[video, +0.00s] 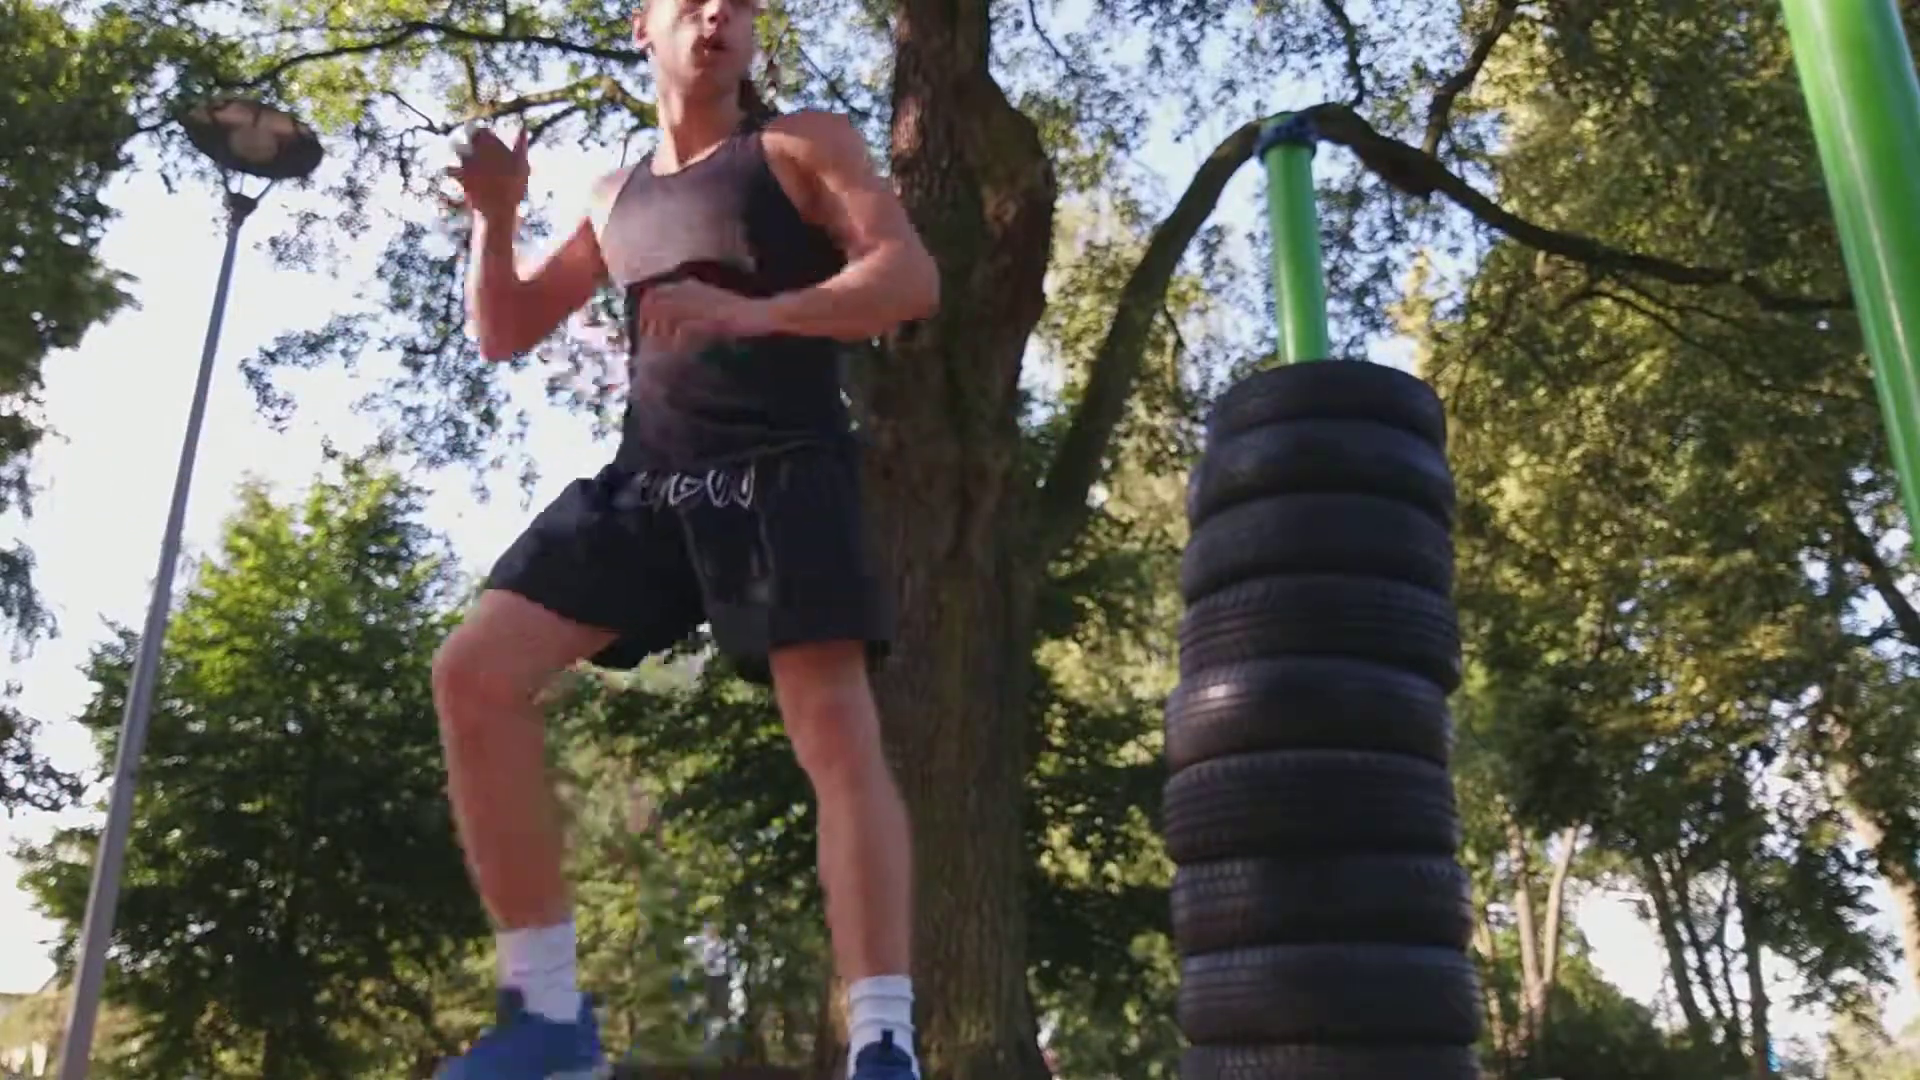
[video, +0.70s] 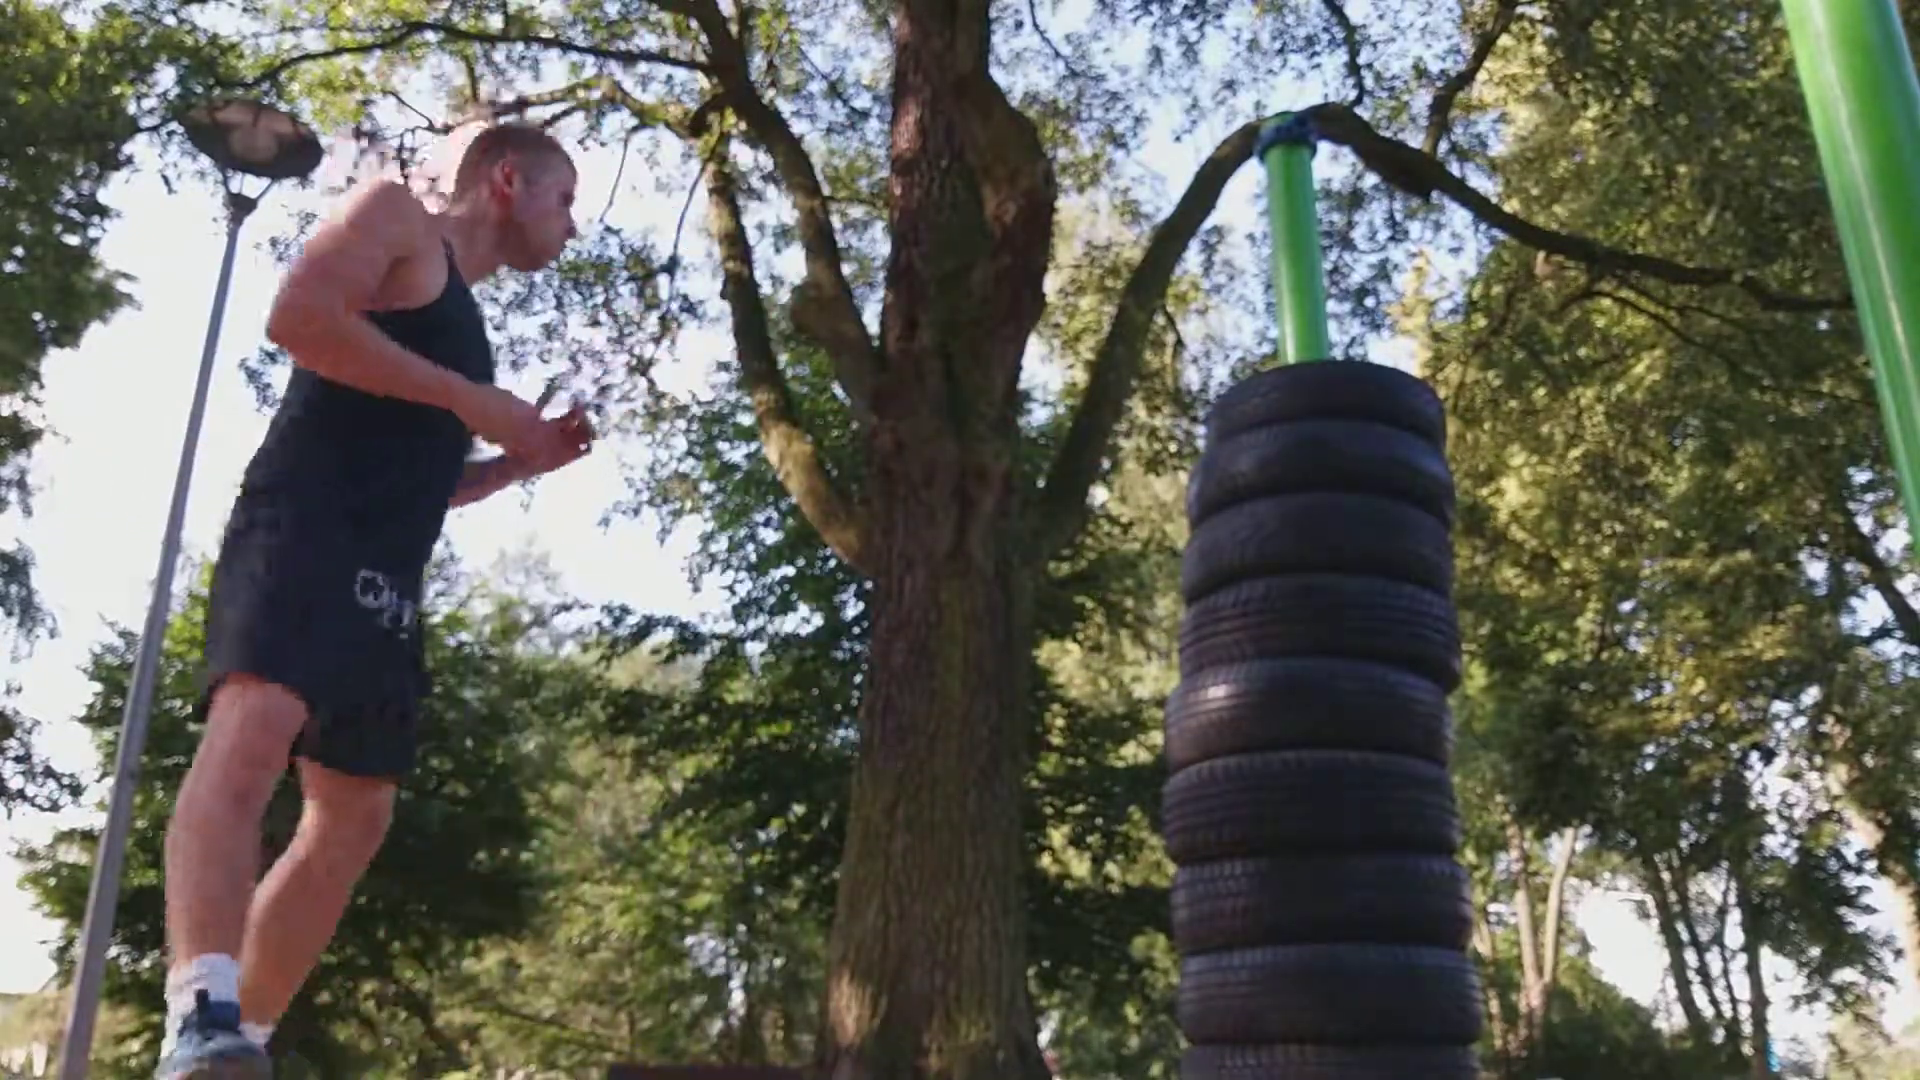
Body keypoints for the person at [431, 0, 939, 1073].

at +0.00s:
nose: (716, 16)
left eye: (736, 5)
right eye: (691, 1)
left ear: (755, 35)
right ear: (646, 29)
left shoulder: (806, 140)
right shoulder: (620, 193)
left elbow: (909, 277)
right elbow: (504, 329)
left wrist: (756, 312)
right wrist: (495, 216)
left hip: (783, 485)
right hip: (645, 490)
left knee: (836, 738)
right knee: (476, 674)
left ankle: (881, 1044)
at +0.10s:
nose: (687, 19)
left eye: (699, 8)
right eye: (658, 3)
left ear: (707, 37)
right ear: (595, 22)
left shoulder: (762, 151)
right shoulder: (539, 175)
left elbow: (883, 293)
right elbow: (399, 229)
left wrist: (863, 391)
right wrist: (537, 130)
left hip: (744, 482)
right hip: (591, 486)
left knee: (804, 723)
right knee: (435, 660)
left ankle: (877, 1048)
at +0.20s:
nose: (662, 25)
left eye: (668, 10)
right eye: (638, 2)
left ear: (666, 35)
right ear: (555, 11)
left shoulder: (699, 169)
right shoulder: (493, 133)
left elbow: (781, 313)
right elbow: (398, 154)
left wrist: (817, 349)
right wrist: (590, 143)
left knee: (745, 706)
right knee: (375, 685)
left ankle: (848, 1036)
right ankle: (267, 1044)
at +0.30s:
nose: (661, 44)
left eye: (662, 26)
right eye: (647, 18)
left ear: (578, 26)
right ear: (569, 13)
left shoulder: (616, 208)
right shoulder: (445, 88)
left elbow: (657, 370)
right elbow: (398, 149)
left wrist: (721, 334)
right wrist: (602, 201)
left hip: (600, 490)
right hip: (454, 464)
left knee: (693, 710)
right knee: (353, 689)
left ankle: (685, 1039)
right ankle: (247, 1036)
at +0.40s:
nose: (633, 94)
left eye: (637, 72)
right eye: (627, 63)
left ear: (566, 51)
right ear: (562, 40)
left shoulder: (556, 224)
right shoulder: (427, 79)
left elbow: (545, 394)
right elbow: (374, 161)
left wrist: (637, 334)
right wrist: (537, 271)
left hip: (538, 491)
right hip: (417, 454)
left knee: (630, 738)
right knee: (349, 677)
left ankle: (506, 1040)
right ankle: (232, 1035)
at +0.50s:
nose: (600, 148)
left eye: (604, 127)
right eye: (595, 119)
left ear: (537, 109)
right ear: (537, 96)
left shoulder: (498, 246)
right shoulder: (421, 111)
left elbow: (485, 420)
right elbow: (354, 204)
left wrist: (582, 385)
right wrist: (506, 349)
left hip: (480, 519)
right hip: (385, 479)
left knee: (532, 777)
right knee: (333, 703)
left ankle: (362, 1035)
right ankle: (226, 1040)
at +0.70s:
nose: (571, 226)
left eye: (574, 209)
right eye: (564, 201)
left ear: (508, 192)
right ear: (507, 179)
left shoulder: (460, 317)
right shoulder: (397, 206)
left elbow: (427, 481)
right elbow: (302, 313)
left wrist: (521, 459)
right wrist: (471, 399)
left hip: (388, 570)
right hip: (304, 528)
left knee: (353, 819)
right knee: (253, 732)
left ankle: (240, 1041)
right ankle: (202, 1019)